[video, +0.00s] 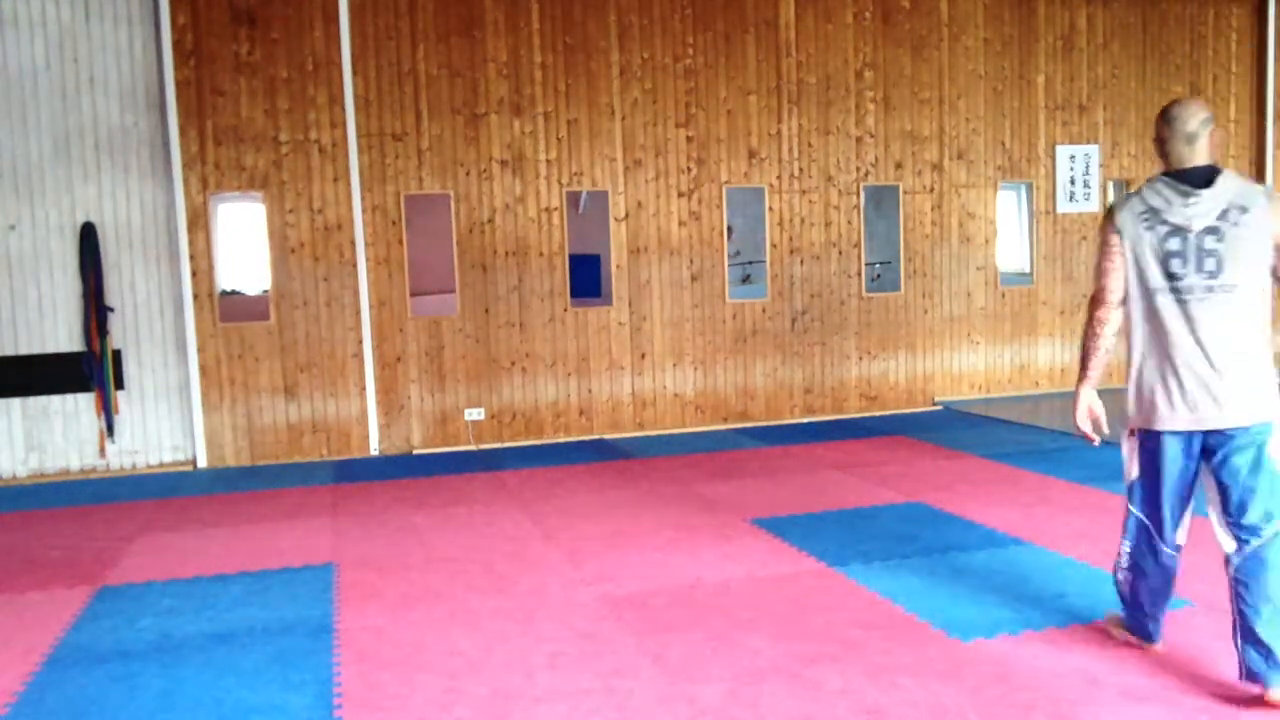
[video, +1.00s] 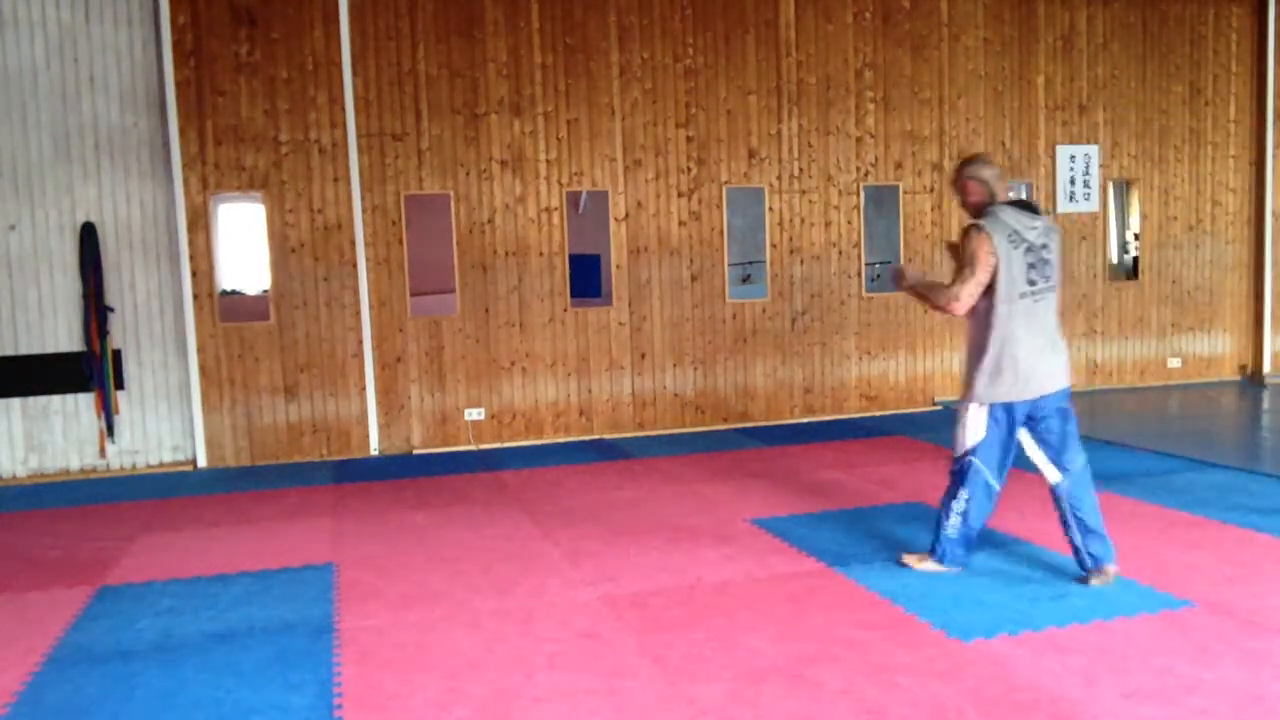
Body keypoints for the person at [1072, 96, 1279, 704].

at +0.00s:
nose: (1182, 145)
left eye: (1163, 138)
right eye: (1202, 132)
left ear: (1156, 145)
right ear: (1213, 142)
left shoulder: (1128, 215)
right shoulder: (1261, 205)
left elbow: (1106, 307)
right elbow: (1273, 288)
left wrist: (1086, 385)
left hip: (1166, 403)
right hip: (1247, 399)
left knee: (1155, 521)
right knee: (1257, 534)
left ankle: (1142, 621)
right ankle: (1266, 669)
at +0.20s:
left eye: (1110, 152)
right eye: (1152, 142)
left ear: (1108, 156)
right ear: (1160, 148)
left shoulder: (1083, 220)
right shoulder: (1213, 205)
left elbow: (1066, 306)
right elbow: (1245, 288)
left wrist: (1053, 373)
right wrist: (1257, 349)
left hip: (1125, 389)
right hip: (1196, 383)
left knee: (1132, 510)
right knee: (1218, 493)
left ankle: (1142, 622)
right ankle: (1234, 590)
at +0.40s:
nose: (1078, 166)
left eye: (1076, 158)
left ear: (1079, 162)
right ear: (1124, 157)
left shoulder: (1057, 222)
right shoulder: (1173, 211)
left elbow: (1029, 304)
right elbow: (1208, 288)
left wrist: (1018, 335)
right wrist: (1209, 352)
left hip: (1102, 385)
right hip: (1165, 376)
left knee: (1117, 502)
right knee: (1160, 489)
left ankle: (1141, 620)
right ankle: (1170, 587)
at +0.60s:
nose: (1051, 178)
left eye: (1051, 171)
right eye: (1054, 170)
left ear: (1058, 172)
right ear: (1100, 168)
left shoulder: (1044, 227)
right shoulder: (1147, 224)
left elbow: (1013, 303)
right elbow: (1170, 298)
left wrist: (990, 333)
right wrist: (1147, 332)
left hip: (1067, 381)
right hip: (1127, 378)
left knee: (1060, 480)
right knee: (1122, 481)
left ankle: (1116, 581)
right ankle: (1107, 570)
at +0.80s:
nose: (1015, 183)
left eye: (1015, 175)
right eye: (1014, 175)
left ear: (1027, 175)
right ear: (1058, 171)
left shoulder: (1027, 223)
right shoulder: (1101, 219)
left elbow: (992, 296)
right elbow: (1104, 284)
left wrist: (958, 305)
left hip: (1039, 370)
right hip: (1096, 368)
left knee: (993, 450)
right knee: (1102, 472)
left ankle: (1018, 550)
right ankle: (1109, 573)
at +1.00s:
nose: (962, 201)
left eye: (962, 192)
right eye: (961, 192)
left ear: (974, 189)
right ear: (1000, 184)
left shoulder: (985, 233)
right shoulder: (1045, 228)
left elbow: (957, 302)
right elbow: (1021, 283)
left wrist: (913, 284)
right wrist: (969, 258)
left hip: (1000, 376)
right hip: (1051, 372)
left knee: (974, 470)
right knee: (1069, 470)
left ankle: (947, 554)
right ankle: (1099, 562)